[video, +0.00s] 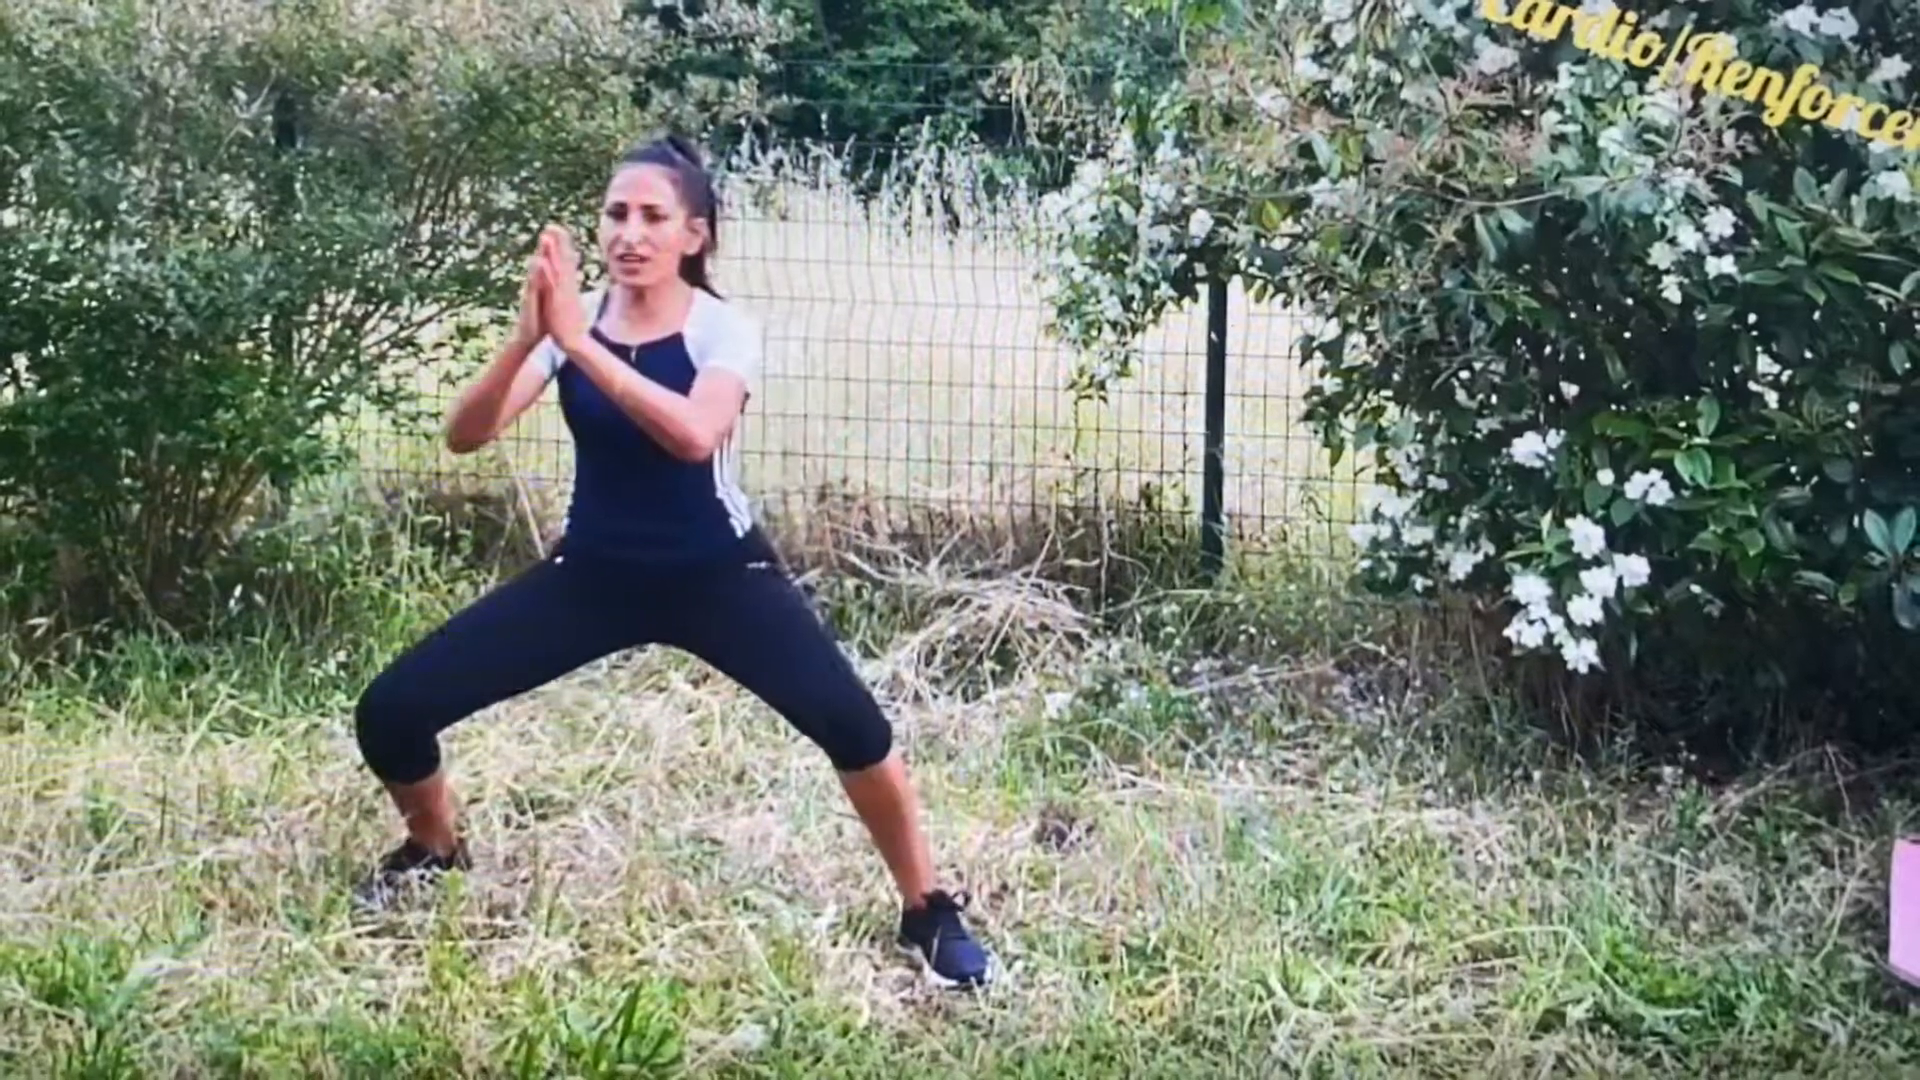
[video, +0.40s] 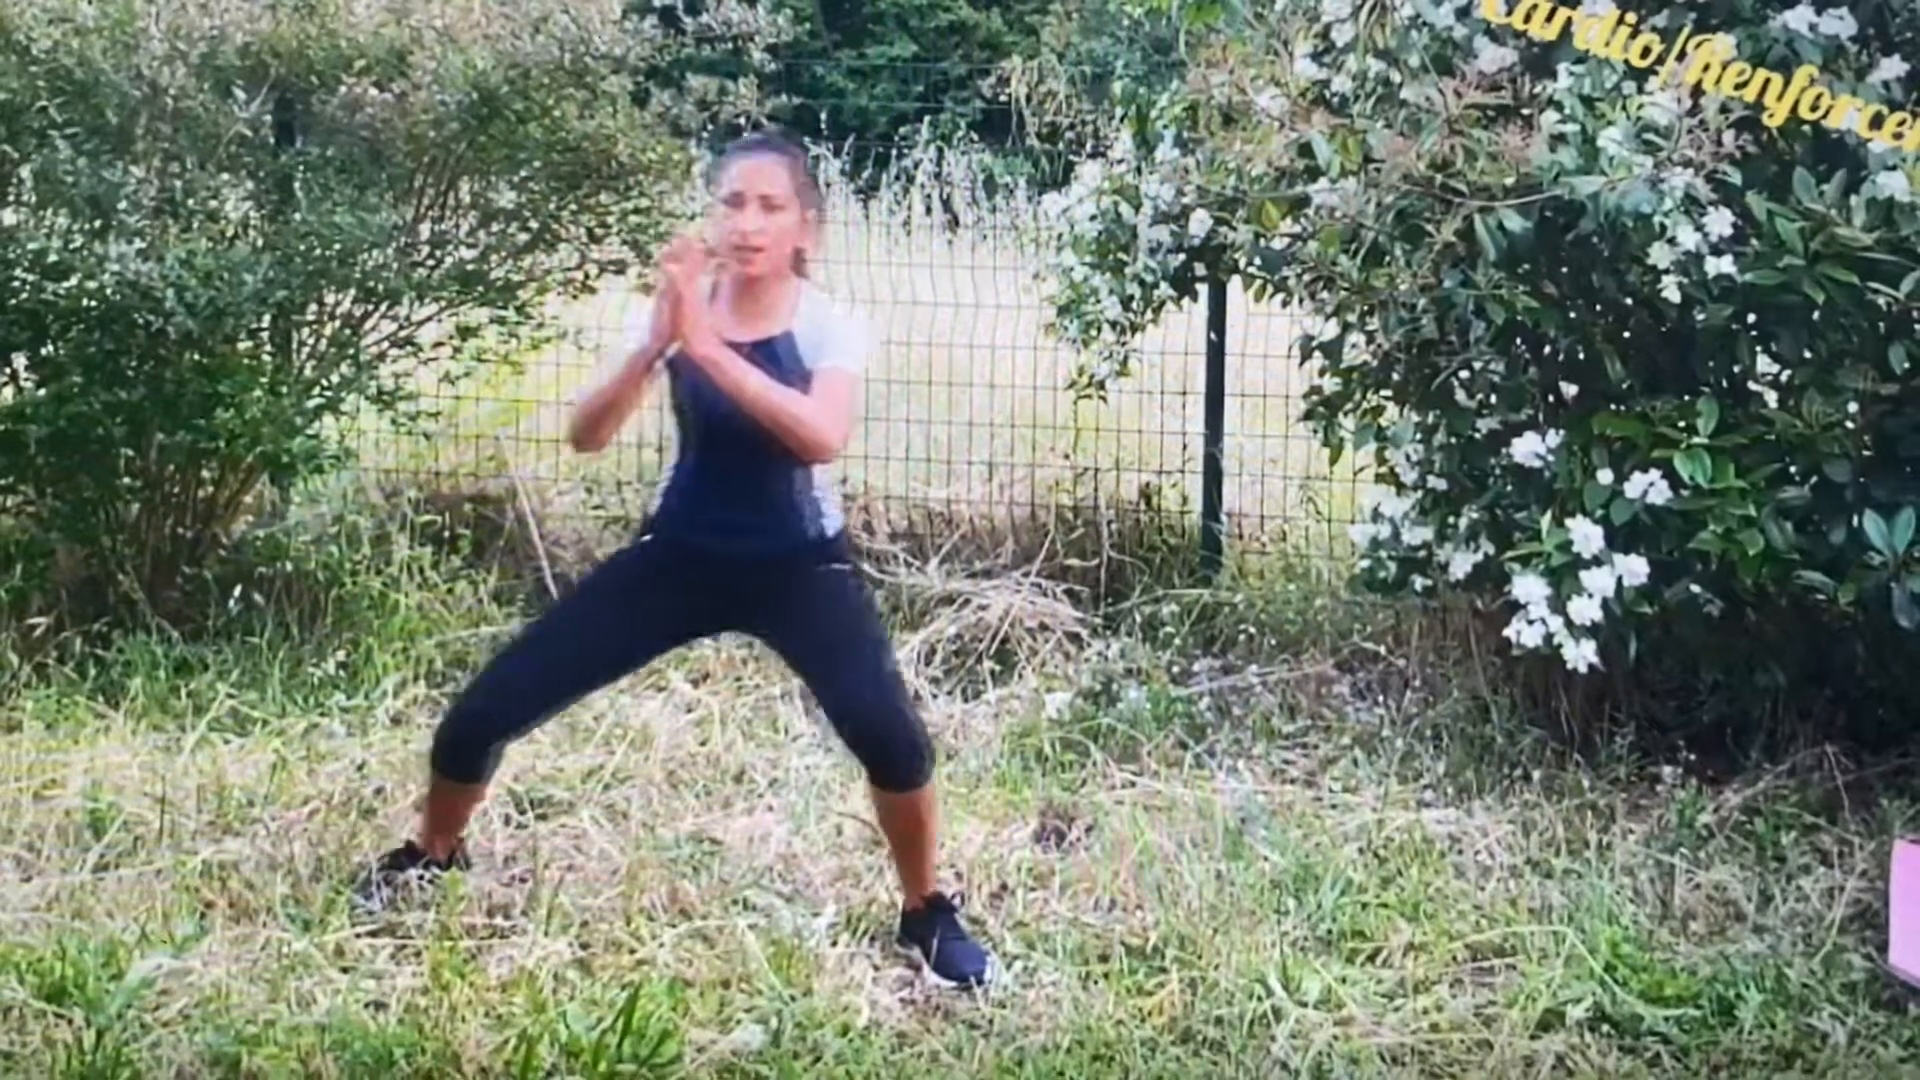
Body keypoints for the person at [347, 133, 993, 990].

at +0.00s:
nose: (629, 233)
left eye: (653, 216)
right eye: (618, 213)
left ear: (695, 237)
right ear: (599, 226)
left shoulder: (722, 328)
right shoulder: (575, 325)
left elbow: (697, 435)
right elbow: (464, 435)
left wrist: (578, 344)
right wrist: (523, 339)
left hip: (716, 583)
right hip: (591, 581)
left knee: (855, 725)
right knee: (390, 712)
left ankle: (928, 909)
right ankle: (435, 852)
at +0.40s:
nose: (745, 223)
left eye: (769, 207)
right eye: (731, 203)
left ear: (804, 228)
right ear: (710, 216)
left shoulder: (832, 328)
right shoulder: (676, 309)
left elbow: (825, 436)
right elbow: (585, 435)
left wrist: (702, 344)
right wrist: (657, 336)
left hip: (801, 575)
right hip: (675, 565)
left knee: (896, 742)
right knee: (475, 722)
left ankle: (926, 910)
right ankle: (431, 855)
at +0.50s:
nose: (785, 209)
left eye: (807, 193)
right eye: (769, 191)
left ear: (843, 215)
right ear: (748, 207)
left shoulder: (864, 313)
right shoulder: (720, 299)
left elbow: (863, 432)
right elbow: (625, 429)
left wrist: (740, 341)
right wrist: (697, 339)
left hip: (840, 565)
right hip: (716, 551)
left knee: (919, 751)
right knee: (513, 709)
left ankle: (927, 910)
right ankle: (438, 849)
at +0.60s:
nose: (818, 194)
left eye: (841, 177)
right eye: (804, 175)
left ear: (883, 198)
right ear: (786, 188)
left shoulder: (914, 298)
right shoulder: (762, 282)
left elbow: (901, 418)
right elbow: (670, 417)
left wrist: (775, 326)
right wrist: (740, 321)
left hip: (880, 551)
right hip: (761, 535)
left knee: (929, 752)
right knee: (567, 690)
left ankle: (925, 914)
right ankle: (564, 834)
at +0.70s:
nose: (837, 185)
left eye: (861, 168)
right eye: (824, 166)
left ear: (901, 190)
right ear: (803, 182)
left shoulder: (928, 282)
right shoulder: (783, 271)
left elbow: (918, 406)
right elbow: (692, 407)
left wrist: (797, 313)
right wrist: (759, 308)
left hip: (912, 541)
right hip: (799, 530)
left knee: (927, 749)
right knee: (646, 680)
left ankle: (924, 913)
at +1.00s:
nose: (862, 187)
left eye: (886, 171)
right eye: (848, 168)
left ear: (922, 195)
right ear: (826, 184)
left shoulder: (959, 284)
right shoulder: (809, 288)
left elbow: (949, 401)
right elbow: (719, 416)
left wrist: (825, 317)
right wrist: (785, 319)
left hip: (982, 535)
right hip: (867, 551)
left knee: (1109, 678)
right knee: (775, 748)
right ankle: (850, 914)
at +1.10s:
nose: (891, 197)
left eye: (913, 180)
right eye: (876, 178)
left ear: (951, 203)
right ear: (851, 195)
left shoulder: (983, 293)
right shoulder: (836, 298)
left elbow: (983, 403)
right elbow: (748, 421)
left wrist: (860, 323)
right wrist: (819, 316)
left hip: (1015, 541)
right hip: (899, 560)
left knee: (1186, 687)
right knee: (788, 754)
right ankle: (850, 916)